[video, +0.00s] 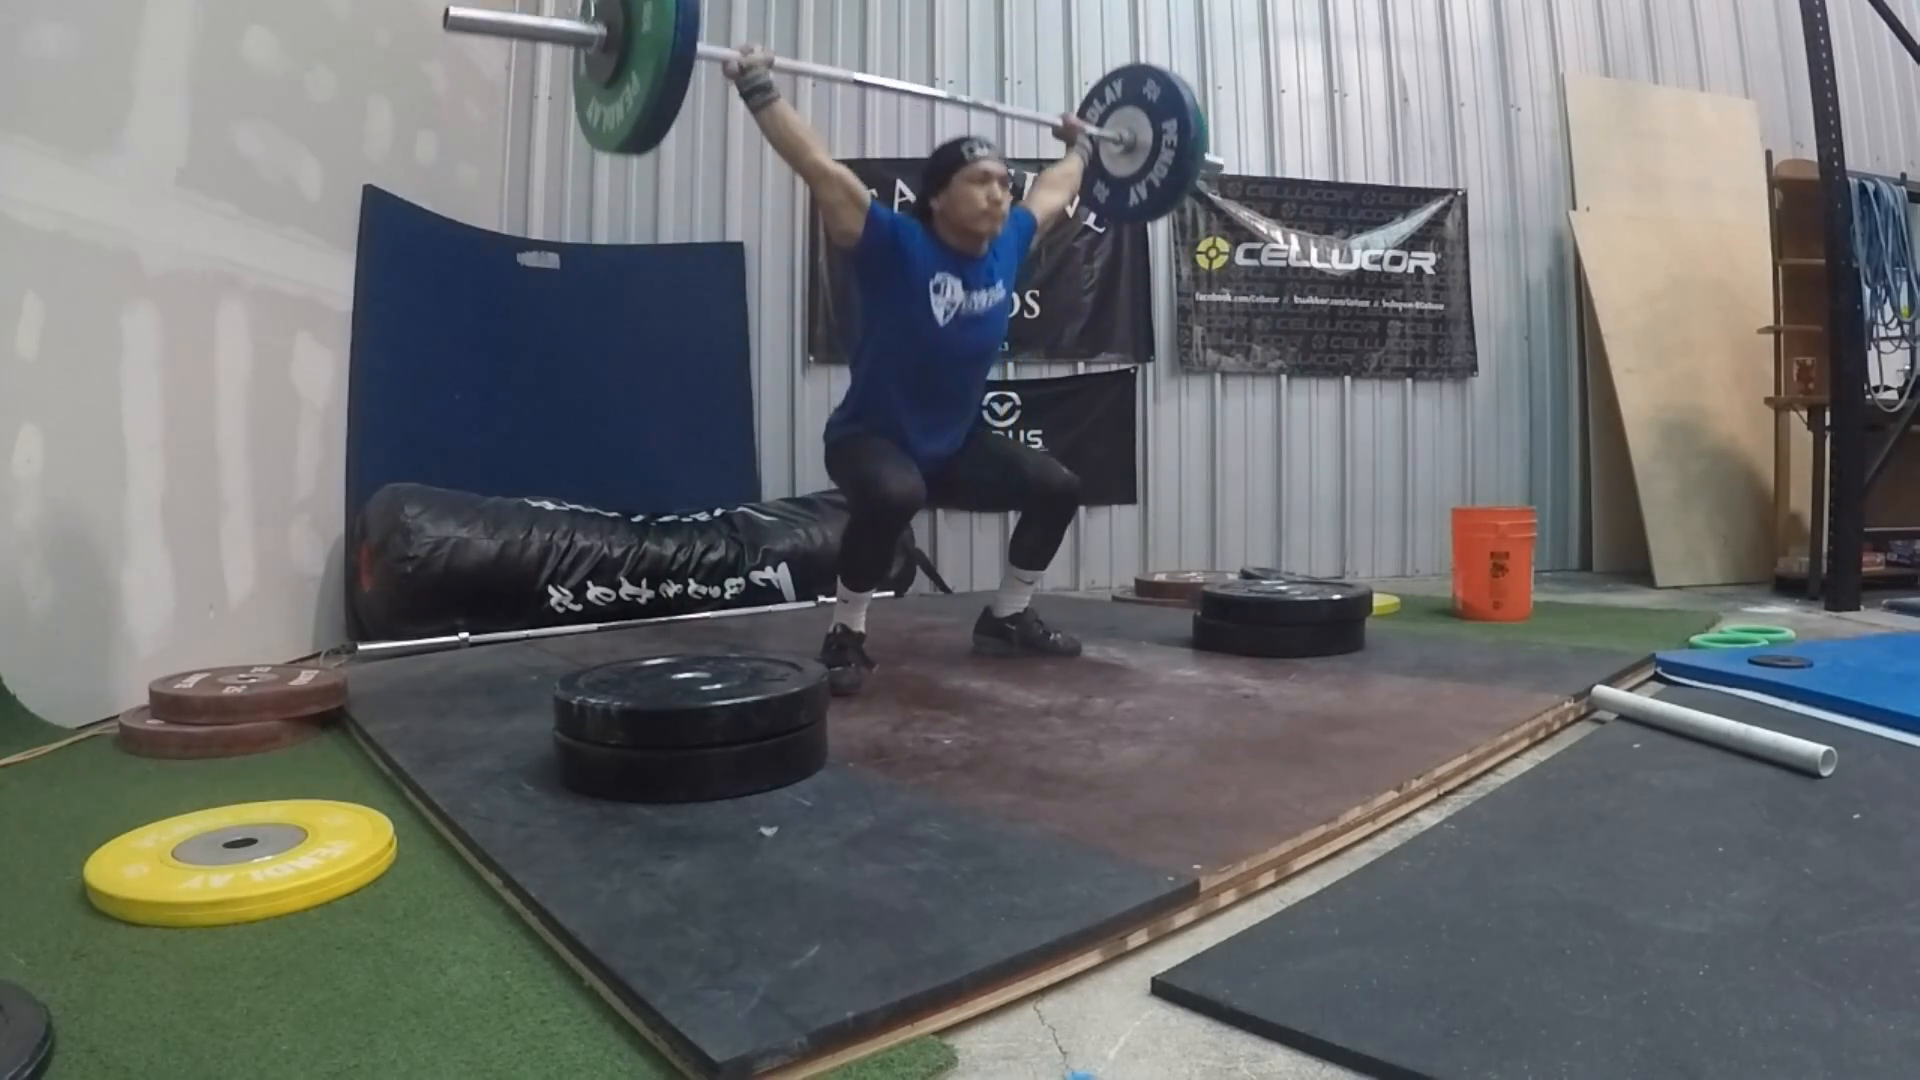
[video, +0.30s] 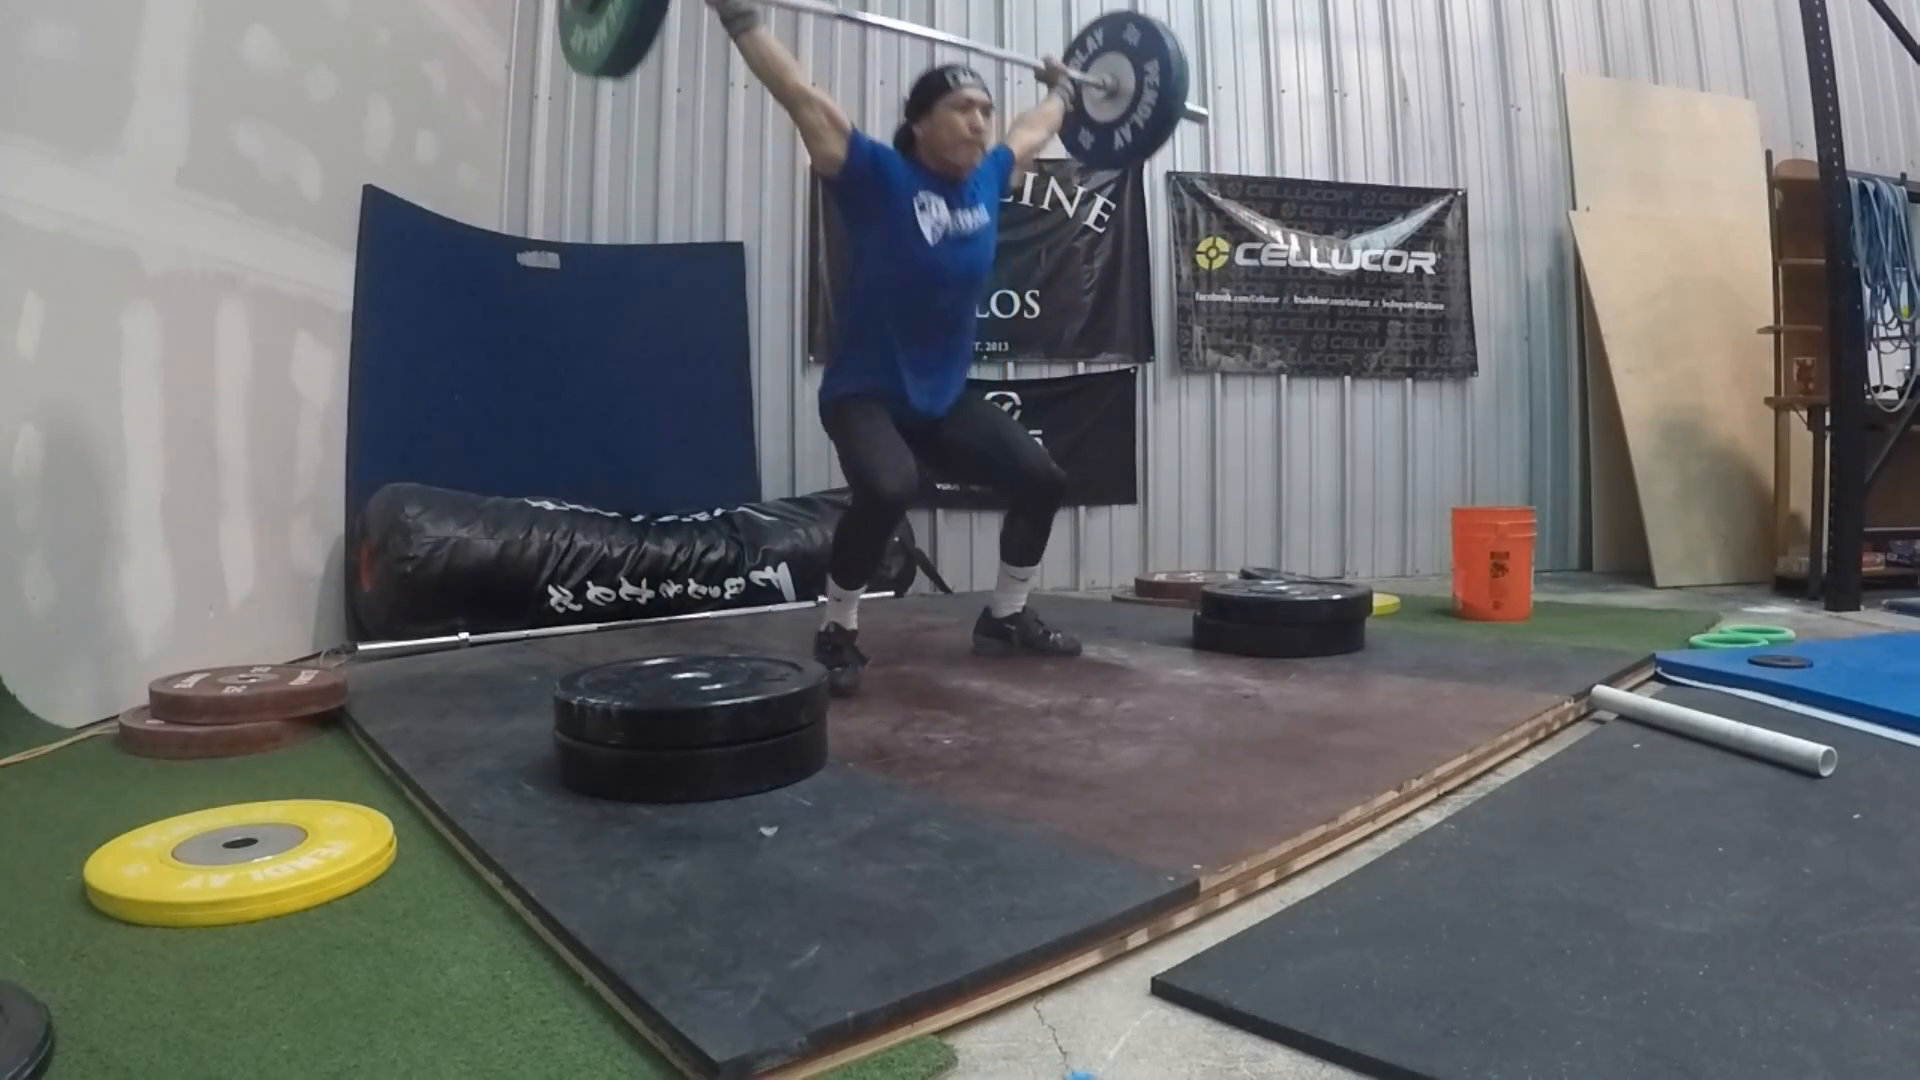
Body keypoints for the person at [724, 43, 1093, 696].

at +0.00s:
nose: (998, 194)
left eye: (1001, 184)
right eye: (982, 182)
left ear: (1006, 200)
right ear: (938, 197)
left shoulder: (1006, 247)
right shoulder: (890, 244)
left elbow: (1052, 192)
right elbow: (820, 171)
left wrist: (1080, 148)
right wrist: (759, 87)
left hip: (954, 446)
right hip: (871, 439)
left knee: (1057, 487)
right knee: (895, 493)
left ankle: (1006, 616)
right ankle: (846, 633)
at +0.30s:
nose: (980, 126)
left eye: (985, 113)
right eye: (963, 112)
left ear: (988, 127)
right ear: (919, 125)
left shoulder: (987, 176)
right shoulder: (872, 173)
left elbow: (1034, 132)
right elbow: (802, 100)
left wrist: (1066, 89)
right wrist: (740, 20)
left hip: (943, 395)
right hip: (863, 392)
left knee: (1041, 480)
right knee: (890, 488)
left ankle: (1005, 615)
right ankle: (838, 629)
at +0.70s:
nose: (923, 41)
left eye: (929, 29)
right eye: (910, 25)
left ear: (931, 41)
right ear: (864, 30)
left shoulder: (935, 88)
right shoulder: (820, 76)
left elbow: (988, 42)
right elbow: (762, 12)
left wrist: (1030, 6)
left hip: (910, 318)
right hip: (830, 316)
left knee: (940, 456)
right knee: (835, 458)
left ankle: (901, 588)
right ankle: (824, 627)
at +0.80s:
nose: (914, 46)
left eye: (920, 35)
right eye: (901, 30)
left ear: (924, 46)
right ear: (857, 32)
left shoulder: (928, 91)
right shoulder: (814, 81)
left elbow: (980, 46)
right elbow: (756, 14)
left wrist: (1029, 9)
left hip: (905, 320)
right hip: (831, 319)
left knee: (901, 464)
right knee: (835, 458)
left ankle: (878, 612)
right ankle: (825, 631)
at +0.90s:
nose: (907, 52)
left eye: (913, 42)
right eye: (894, 38)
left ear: (917, 54)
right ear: (851, 42)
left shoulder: (920, 100)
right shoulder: (812, 92)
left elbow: (976, 53)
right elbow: (752, 24)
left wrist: (1020, 18)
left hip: (902, 321)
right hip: (829, 319)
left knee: (889, 464)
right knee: (833, 461)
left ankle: (875, 612)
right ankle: (826, 629)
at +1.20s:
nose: (846, 91)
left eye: (852, 81)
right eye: (832, 78)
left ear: (856, 86)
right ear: (792, 82)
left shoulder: (869, 144)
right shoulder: (763, 139)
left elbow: (938, 161)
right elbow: (683, 140)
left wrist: (996, 117)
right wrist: (691, 66)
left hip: (883, 328)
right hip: (812, 330)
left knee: (883, 465)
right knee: (817, 454)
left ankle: (879, 614)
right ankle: (805, 612)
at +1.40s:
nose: (819, 109)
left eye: (825, 100)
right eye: (807, 97)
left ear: (829, 105)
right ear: (767, 99)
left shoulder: (843, 174)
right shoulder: (732, 162)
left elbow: (889, 247)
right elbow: (681, 224)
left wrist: (943, 285)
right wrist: (708, 267)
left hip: (842, 350)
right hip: (770, 350)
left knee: (860, 469)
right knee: (777, 474)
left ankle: (875, 612)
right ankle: (706, 582)